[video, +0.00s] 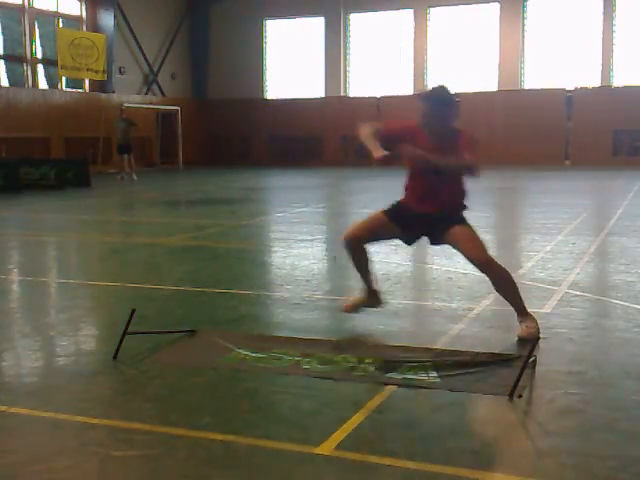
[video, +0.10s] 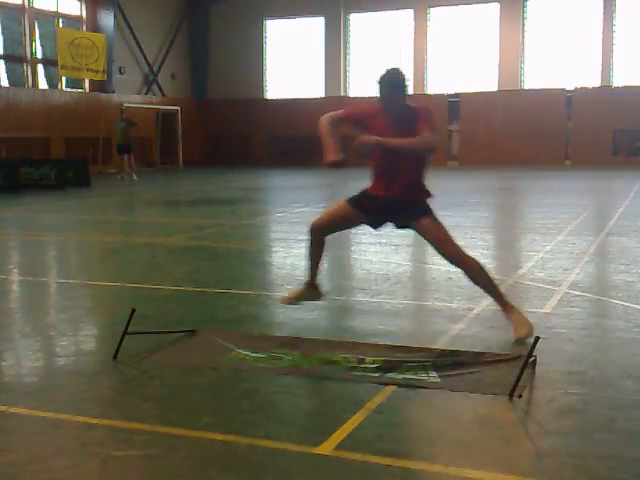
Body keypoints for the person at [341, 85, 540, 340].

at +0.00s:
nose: (425, 120)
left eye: (431, 115)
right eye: (424, 114)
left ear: (447, 116)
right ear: (422, 113)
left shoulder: (461, 140)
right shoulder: (414, 133)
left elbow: (471, 167)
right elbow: (365, 130)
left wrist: (424, 157)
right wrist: (376, 150)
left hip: (447, 216)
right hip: (410, 211)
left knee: (483, 261)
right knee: (352, 239)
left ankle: (524, 317)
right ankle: (371, 294)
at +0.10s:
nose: (391, 103)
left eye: (396, 98)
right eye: (387, 98)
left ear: (405, 96)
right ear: (380, 96)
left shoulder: (419, 116)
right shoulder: (373, 114)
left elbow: (428, 144)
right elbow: (326, 120)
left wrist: (378, 142)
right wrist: (332, 149)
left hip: (411, 201)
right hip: (375, 198)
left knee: (456, 257)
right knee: (318, 228)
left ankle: (510, 311)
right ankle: (311, 286)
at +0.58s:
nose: (268, 147)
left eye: (271, 141)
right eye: (264, 143)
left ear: (280, 135)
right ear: (259, 142)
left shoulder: (306, 152)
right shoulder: (267, 166)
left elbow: (327, 193)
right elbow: (264, 198)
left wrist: (289, 211)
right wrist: (253, 230)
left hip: (320, 209)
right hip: (287, 209)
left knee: (312, 263)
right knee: (254, 251)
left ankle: (295, 282)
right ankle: (263, 297)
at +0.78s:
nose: (306, 125)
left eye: (308, 119)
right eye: (300, 121)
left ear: (315, 119)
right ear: (294, 125)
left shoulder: (337, 138)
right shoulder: (290, 152)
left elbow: (382, 142)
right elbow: (267, 187)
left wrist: (361, 164)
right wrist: (276, 187)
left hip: (347, 206)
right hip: (312, 208)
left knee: (369, 240)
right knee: (270, 253)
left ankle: (364, 292)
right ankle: (265, 299)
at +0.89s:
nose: (348, 105)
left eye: (351, 99)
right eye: (342, 100)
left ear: (357, 96)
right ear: (334, 100)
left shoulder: (379, 116)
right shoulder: (327, 127)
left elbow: (423, 116)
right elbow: (295, 159)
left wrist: (421, 142)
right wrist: (321, 160)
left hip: (376, 199)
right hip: (340, 201)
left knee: (414, 236)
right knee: (297, 249)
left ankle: (427, 292)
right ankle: (267, 295)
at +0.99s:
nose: (393, 93)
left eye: (397, 87)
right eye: (388, 88)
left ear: (405, 88)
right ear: (380, 90)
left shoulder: (422, 114)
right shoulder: (366, 122)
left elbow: (465, 129)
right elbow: (336, 152)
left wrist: (483, 162)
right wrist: (359, 172)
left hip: (410, 195)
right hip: (372, 196)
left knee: (449, 246)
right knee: (330, 244)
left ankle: (492, 302)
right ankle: (307, 291)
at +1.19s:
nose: (466, 120)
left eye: (472, 114)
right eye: (461, 114)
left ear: (482, 120)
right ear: (453, 118)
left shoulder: (496, 149)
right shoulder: (437, 146)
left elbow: (525, 173)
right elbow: (410, 178)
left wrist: (545, 206)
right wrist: (436, 201)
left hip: (469, 215)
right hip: (429, 215)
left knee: (497, 260)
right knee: (404, 277)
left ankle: (527, 317)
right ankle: (448, 281)